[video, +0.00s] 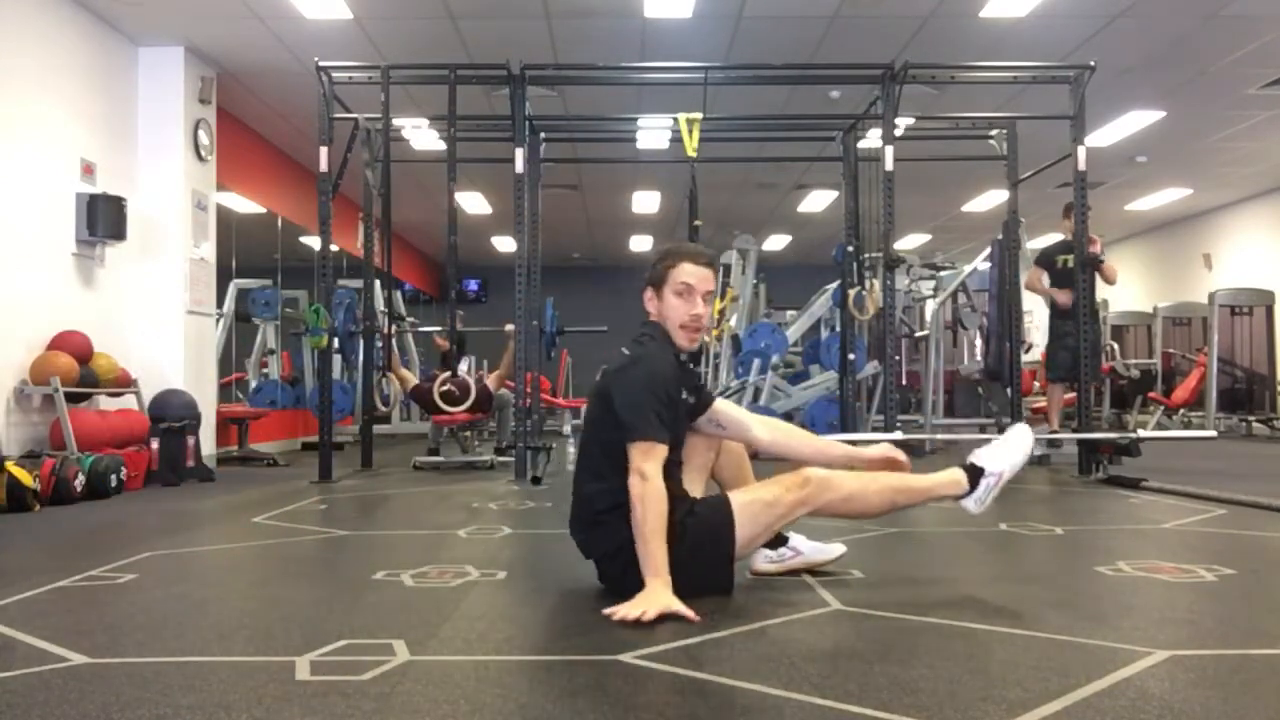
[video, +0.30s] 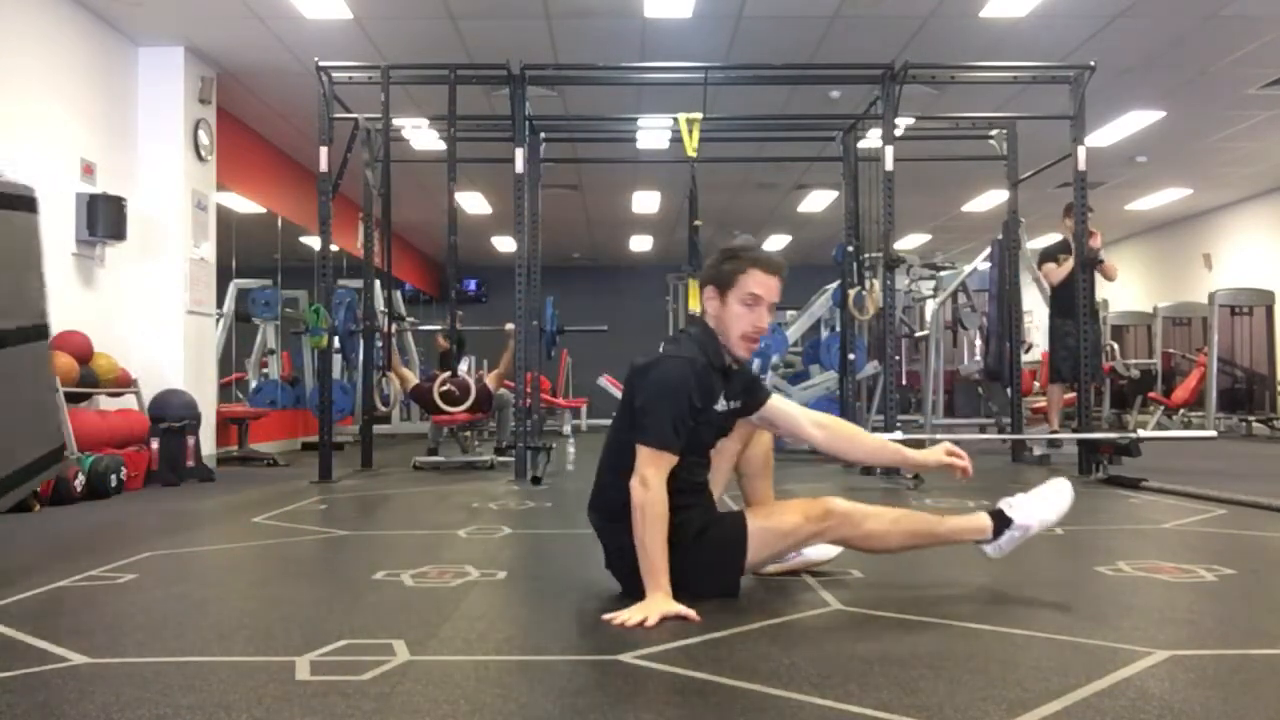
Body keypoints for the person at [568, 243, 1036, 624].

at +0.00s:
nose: (700, 310)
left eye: (707, 299)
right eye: (686, 296)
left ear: (711, 305)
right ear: (651, 303)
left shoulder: (675, 370)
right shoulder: (648, 370)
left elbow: (755, 431)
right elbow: (645, 479)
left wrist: (858, 456)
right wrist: (655, 586)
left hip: (647, 531)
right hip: (640, 556)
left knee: (716, 427)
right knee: (805, 485)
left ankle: (765, 545)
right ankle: (969, 481)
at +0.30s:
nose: (763, 322)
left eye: (771, 310)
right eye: (750, 304)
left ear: (771, 314)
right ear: (709, 303)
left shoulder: (730, 376)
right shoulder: (678, 373)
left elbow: (816, 428)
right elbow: (647, 485)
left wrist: (914, 459)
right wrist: (655, 593)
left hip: (679, 524)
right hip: (662, 556)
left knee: (755, 422)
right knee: (825, 514)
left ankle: (770, 545)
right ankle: (994, 525)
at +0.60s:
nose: (798, 308)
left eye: (802, 294)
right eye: (791, 292)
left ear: (751, 287)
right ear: (745, 285)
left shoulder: (746, 348)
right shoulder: (688, 360)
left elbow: (816, 415)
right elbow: (658, 485)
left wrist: (917, 459)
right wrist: (657, 591)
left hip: (706, 491)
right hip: (686, 526)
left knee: (795, 412)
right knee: (847, 508)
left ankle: (779, 540)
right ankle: (1016, 534)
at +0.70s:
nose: (811, 299)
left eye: (813, 286)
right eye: (805, 284)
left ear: (766, 280)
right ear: (759, 278)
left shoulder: (746, 336)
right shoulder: (696, 355)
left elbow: (808, 412)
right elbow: (672, 483)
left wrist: (906, 460)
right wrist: (658, 591)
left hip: (709, 477)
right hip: (689, 516)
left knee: (805, 414)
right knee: (851, 499)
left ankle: (777, 544)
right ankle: (1017, 527)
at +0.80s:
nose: (823, 296)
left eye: (825, 282)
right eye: (817, 282)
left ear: (776, 278)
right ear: (774, 279)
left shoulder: (753, 331)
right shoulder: (712, 351)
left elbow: (805, 411)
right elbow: (685, 482)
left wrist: (897, 466)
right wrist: (659, 592)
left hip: (712, 474)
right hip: (695, 509)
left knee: (810, 411)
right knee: (859, 490)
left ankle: (776, 543)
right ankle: (1018, 514)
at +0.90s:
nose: (828, 299)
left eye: (830, 286)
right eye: (822, 286)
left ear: (780, 280)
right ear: (780, 282)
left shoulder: (753, 335)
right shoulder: (716, 357)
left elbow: (804, 415)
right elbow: (683, 483)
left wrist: (894, 468)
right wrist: (658, 591)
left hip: (716, 483)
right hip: (701, 515)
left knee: (810, 407)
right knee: (866, 486)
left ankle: (777, 543)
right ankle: (1022, 506)